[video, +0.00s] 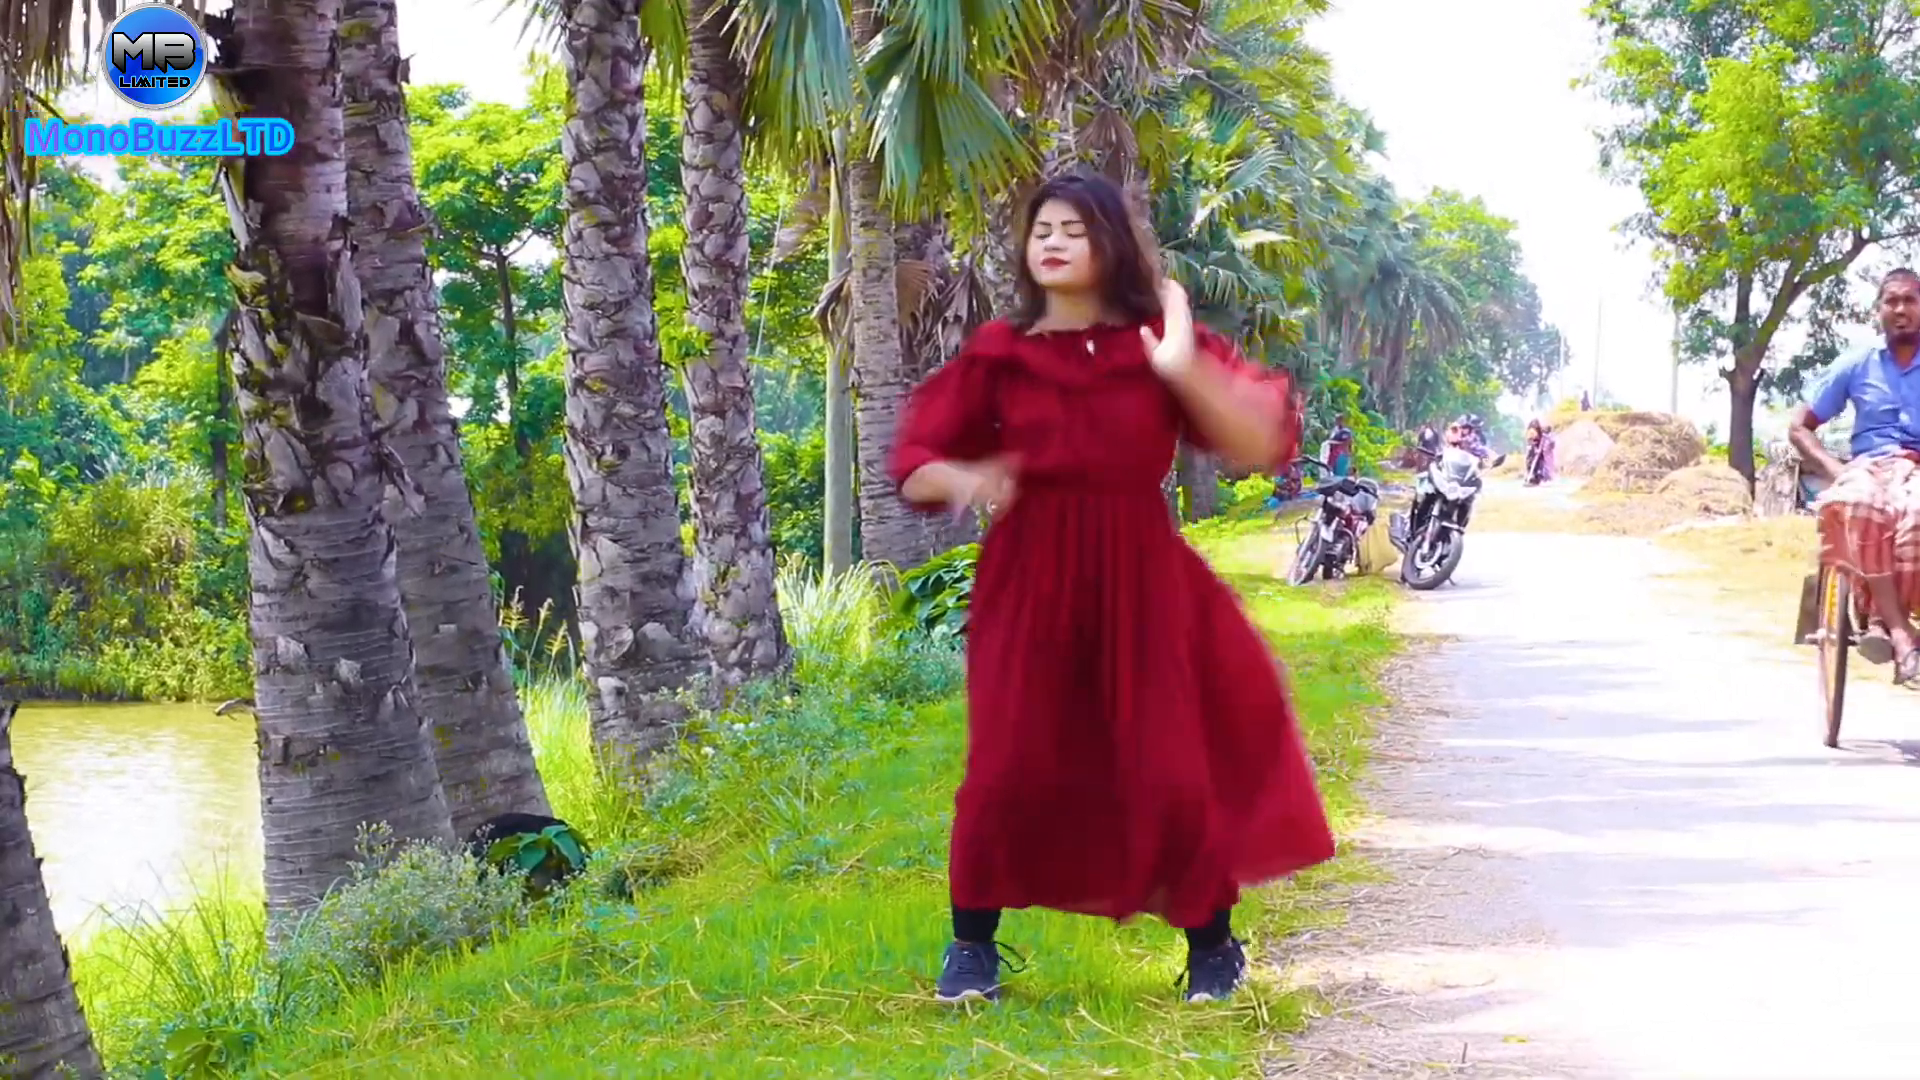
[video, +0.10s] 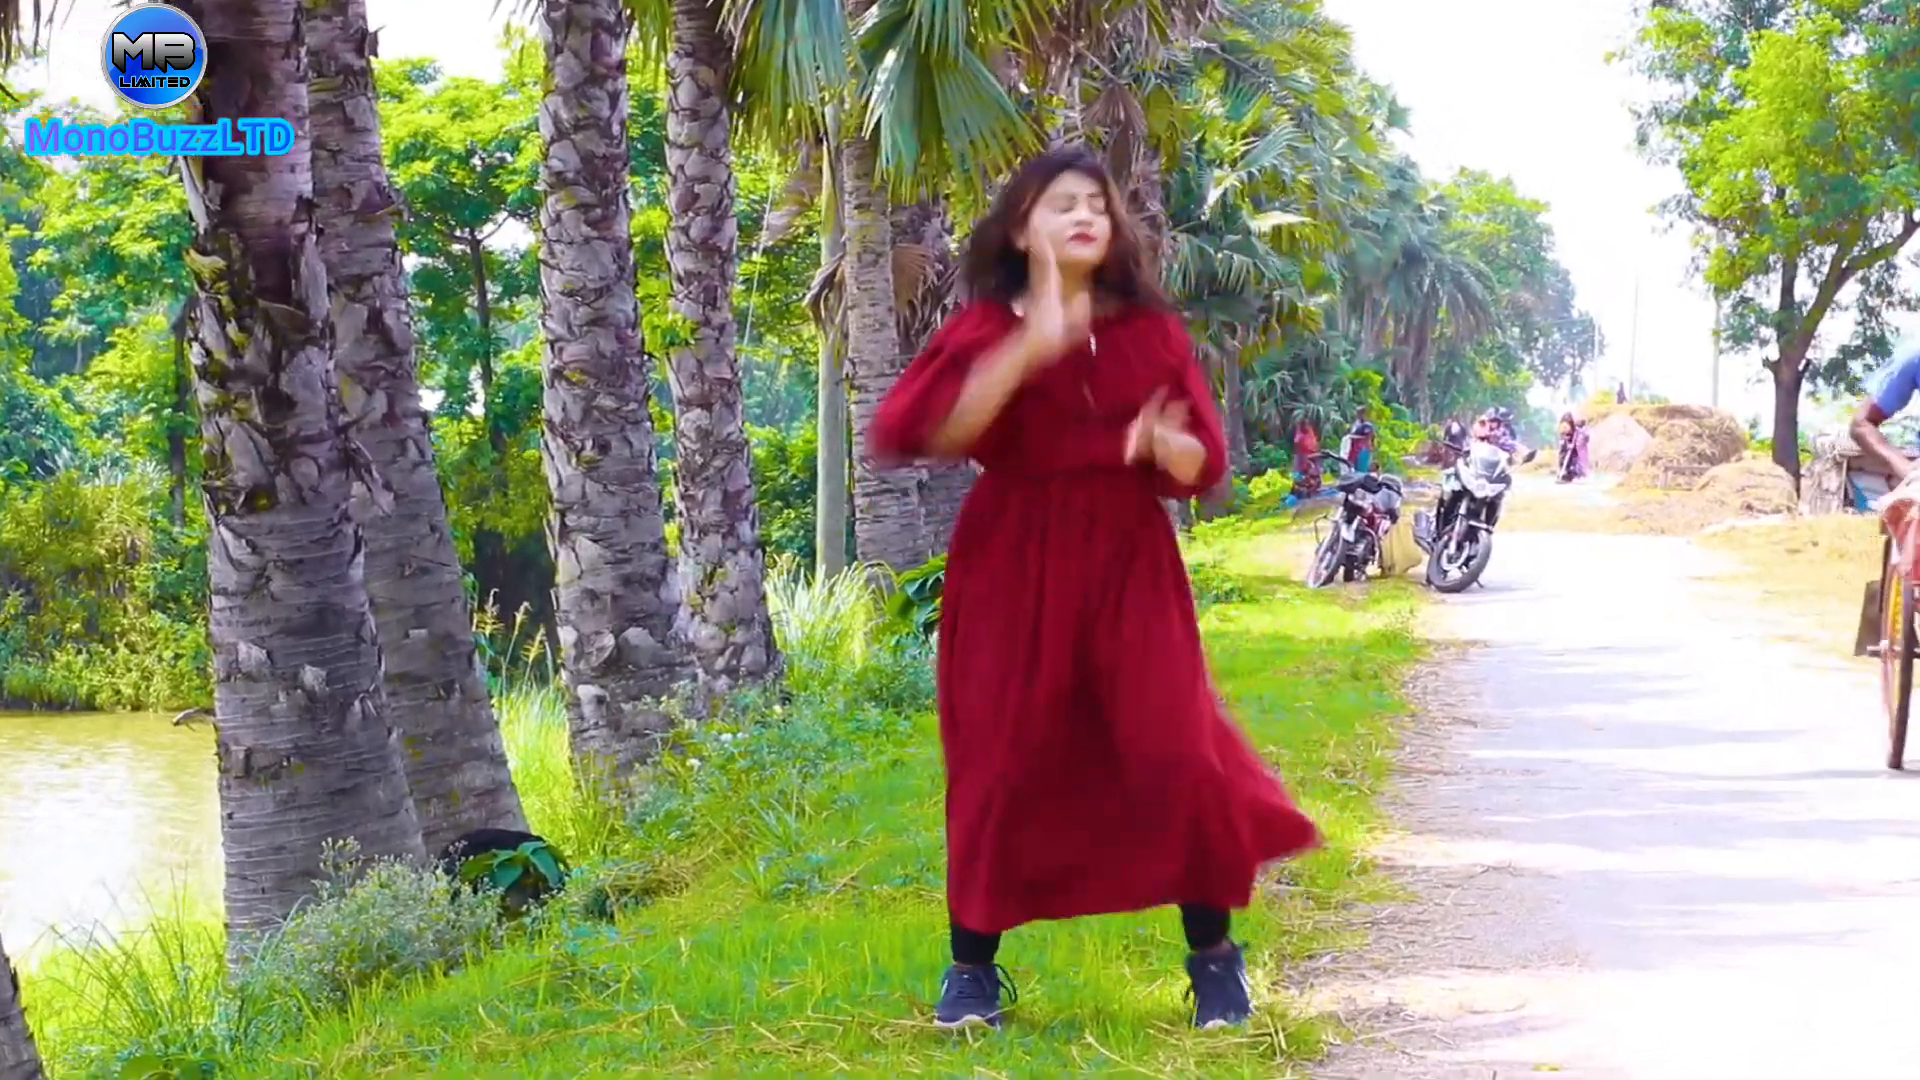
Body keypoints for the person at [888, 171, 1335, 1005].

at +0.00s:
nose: (1056, 243)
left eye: (1076, 230)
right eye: (1043, 231)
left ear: (1116, 248)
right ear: (1026, 251)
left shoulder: (1165, 345)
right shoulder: (998, 351)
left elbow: (1266, 439)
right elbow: (913, 463)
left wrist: (1184, 369)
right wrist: (965, 479)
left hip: (1141, 569)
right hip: (1030, 573)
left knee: (1170, 759)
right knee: (1002, 763)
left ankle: (1213, 948)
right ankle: (971, 948)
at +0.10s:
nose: (1085, 216)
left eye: (1098, 206)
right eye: (1064, 204)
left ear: (1116, 232)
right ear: (1022, 229)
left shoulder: (1152, 332)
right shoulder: (983, 331)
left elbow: (1205, 465)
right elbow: (923, 434)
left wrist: (1170, 447)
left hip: (1129, 561)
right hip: (1012, 563)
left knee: (1180, 751)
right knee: (994, 759)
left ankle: (1214, 957)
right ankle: (972, 972)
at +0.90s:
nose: (1150, 239)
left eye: (1159, 228)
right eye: (1128, 231)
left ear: (1176, 251)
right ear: (1089, 259)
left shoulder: (1216, 340)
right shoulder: (1053, 355)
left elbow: (1321, 425)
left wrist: (1236, 422)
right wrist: (1040, 373)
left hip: (1200, 566)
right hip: (1089, 565)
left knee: (1215, 750)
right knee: (1039, 745)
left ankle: (1216, 945)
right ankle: (981, 935)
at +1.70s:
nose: (1111, 234)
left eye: (1132, 219)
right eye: (1110, 218)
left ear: (1185, 233)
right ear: (1112, 235)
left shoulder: (1230, 330)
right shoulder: (1084, 333)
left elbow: (1369, 376)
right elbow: (1020, 425)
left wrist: (1276, 316)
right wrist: (1004, 475)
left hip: (1194, 565)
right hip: (1089, 563)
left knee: (1209, 761)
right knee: (1038, 752)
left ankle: (1232, 967)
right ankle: (1016, 955)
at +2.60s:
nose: (1159, 262)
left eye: (1166, 251)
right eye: (1139, 250)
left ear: (1175, 268)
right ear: (1092, 266)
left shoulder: (1191, 348)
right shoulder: (1045, 354)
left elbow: (1300, 425)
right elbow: (919, 373)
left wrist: (1244, 479)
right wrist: (1006, 324)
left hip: (1183, 580)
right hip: (1077, 582)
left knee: (1201, 758)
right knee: (1032, 750)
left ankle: (1234, 944)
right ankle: (1016, 939)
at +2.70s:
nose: (1143, 239)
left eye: (1163, 228)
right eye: (1128, 232)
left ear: (1201, 253)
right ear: (1109, 261)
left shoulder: (1236, 337)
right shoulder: (1084, 359)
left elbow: (1335, 406)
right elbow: (992, 480)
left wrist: (1213, 442)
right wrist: (1051, 416)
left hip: (1208, 564)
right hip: (1103, 562)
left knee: (1221, 759)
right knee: (1052, 753)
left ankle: (1251, 966)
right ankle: (1022, 958)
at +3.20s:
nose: (1141, 238)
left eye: (1153, 224)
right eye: (1142, 225)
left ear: (1206, 230)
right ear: (1186, 231)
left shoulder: (1250, 311)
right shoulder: (1157, 317)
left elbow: (1187, 357)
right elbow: (1107, 413)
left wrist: (1173, 267)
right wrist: (1066, 493)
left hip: (1223, 544)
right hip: (1139, 538)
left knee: (1211, 733)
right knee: (1074, 716)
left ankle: (1242, 955)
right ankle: (1053, 942)